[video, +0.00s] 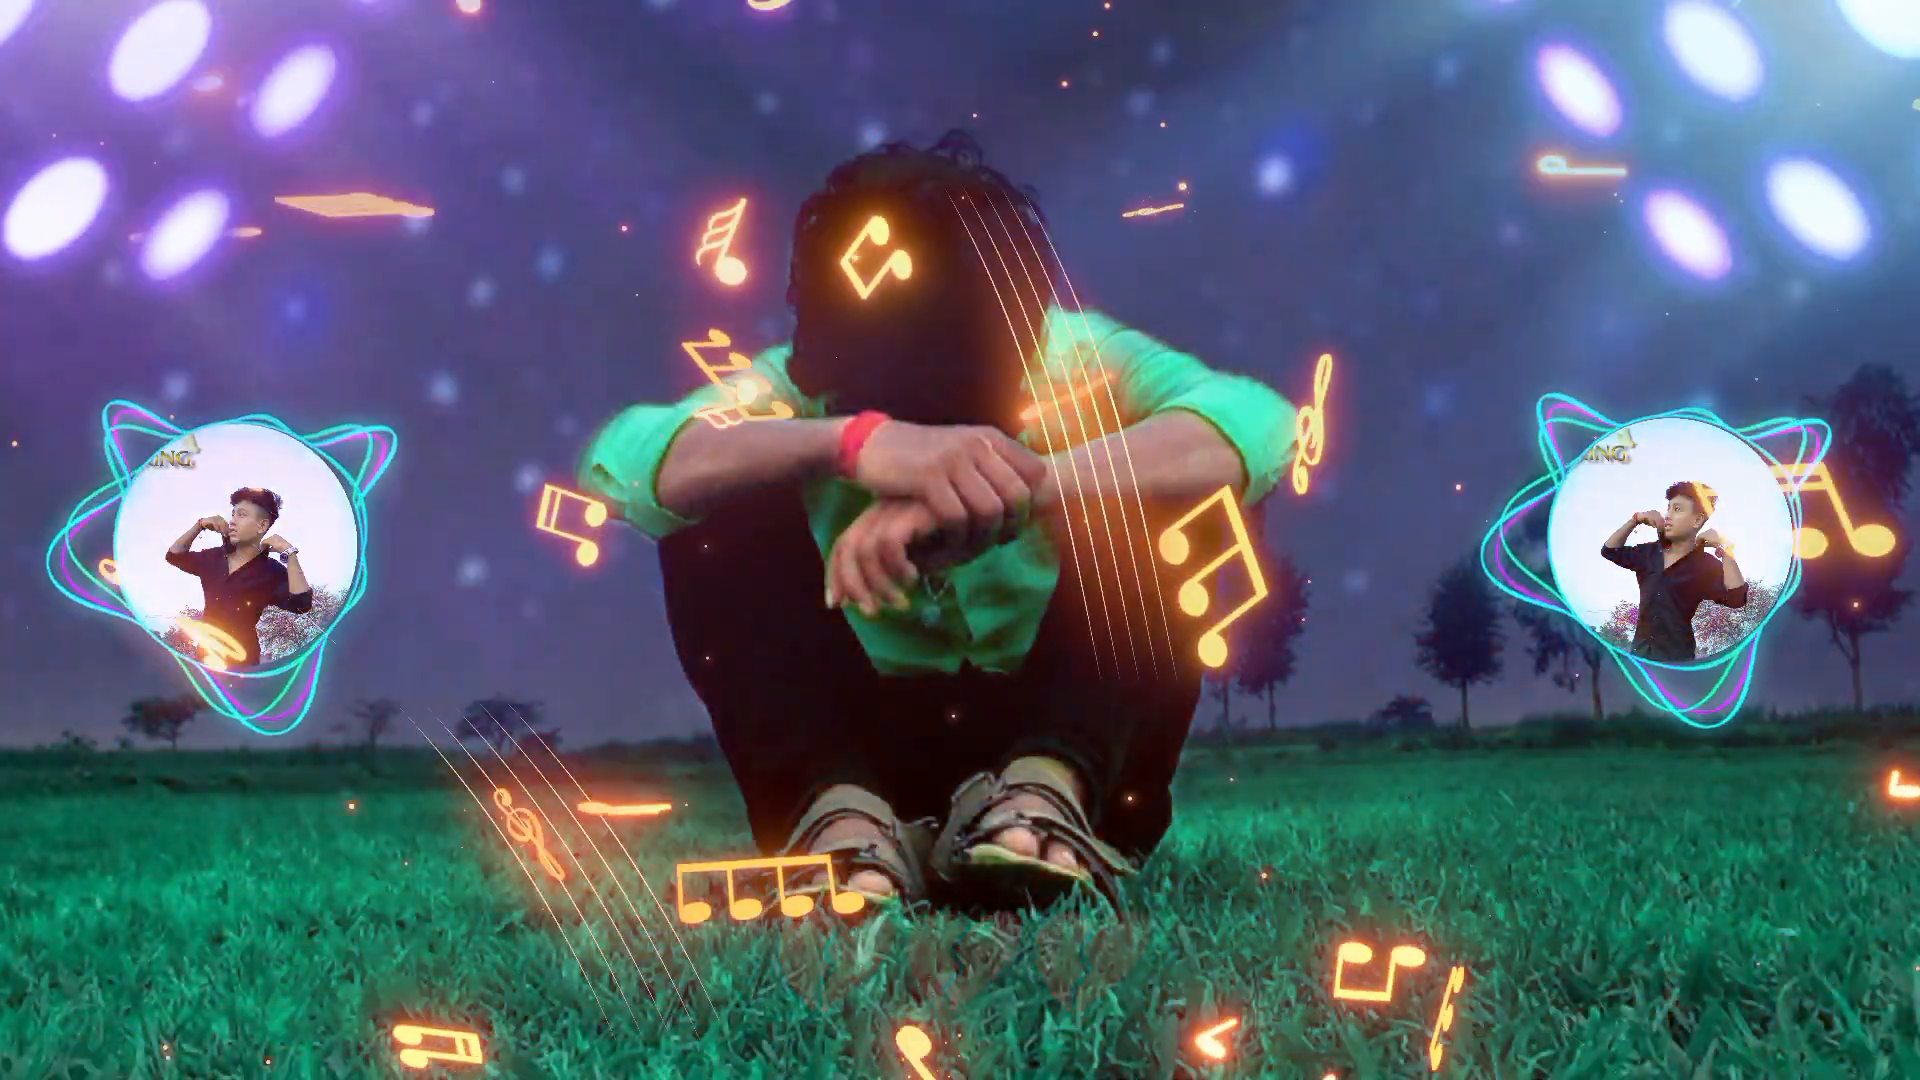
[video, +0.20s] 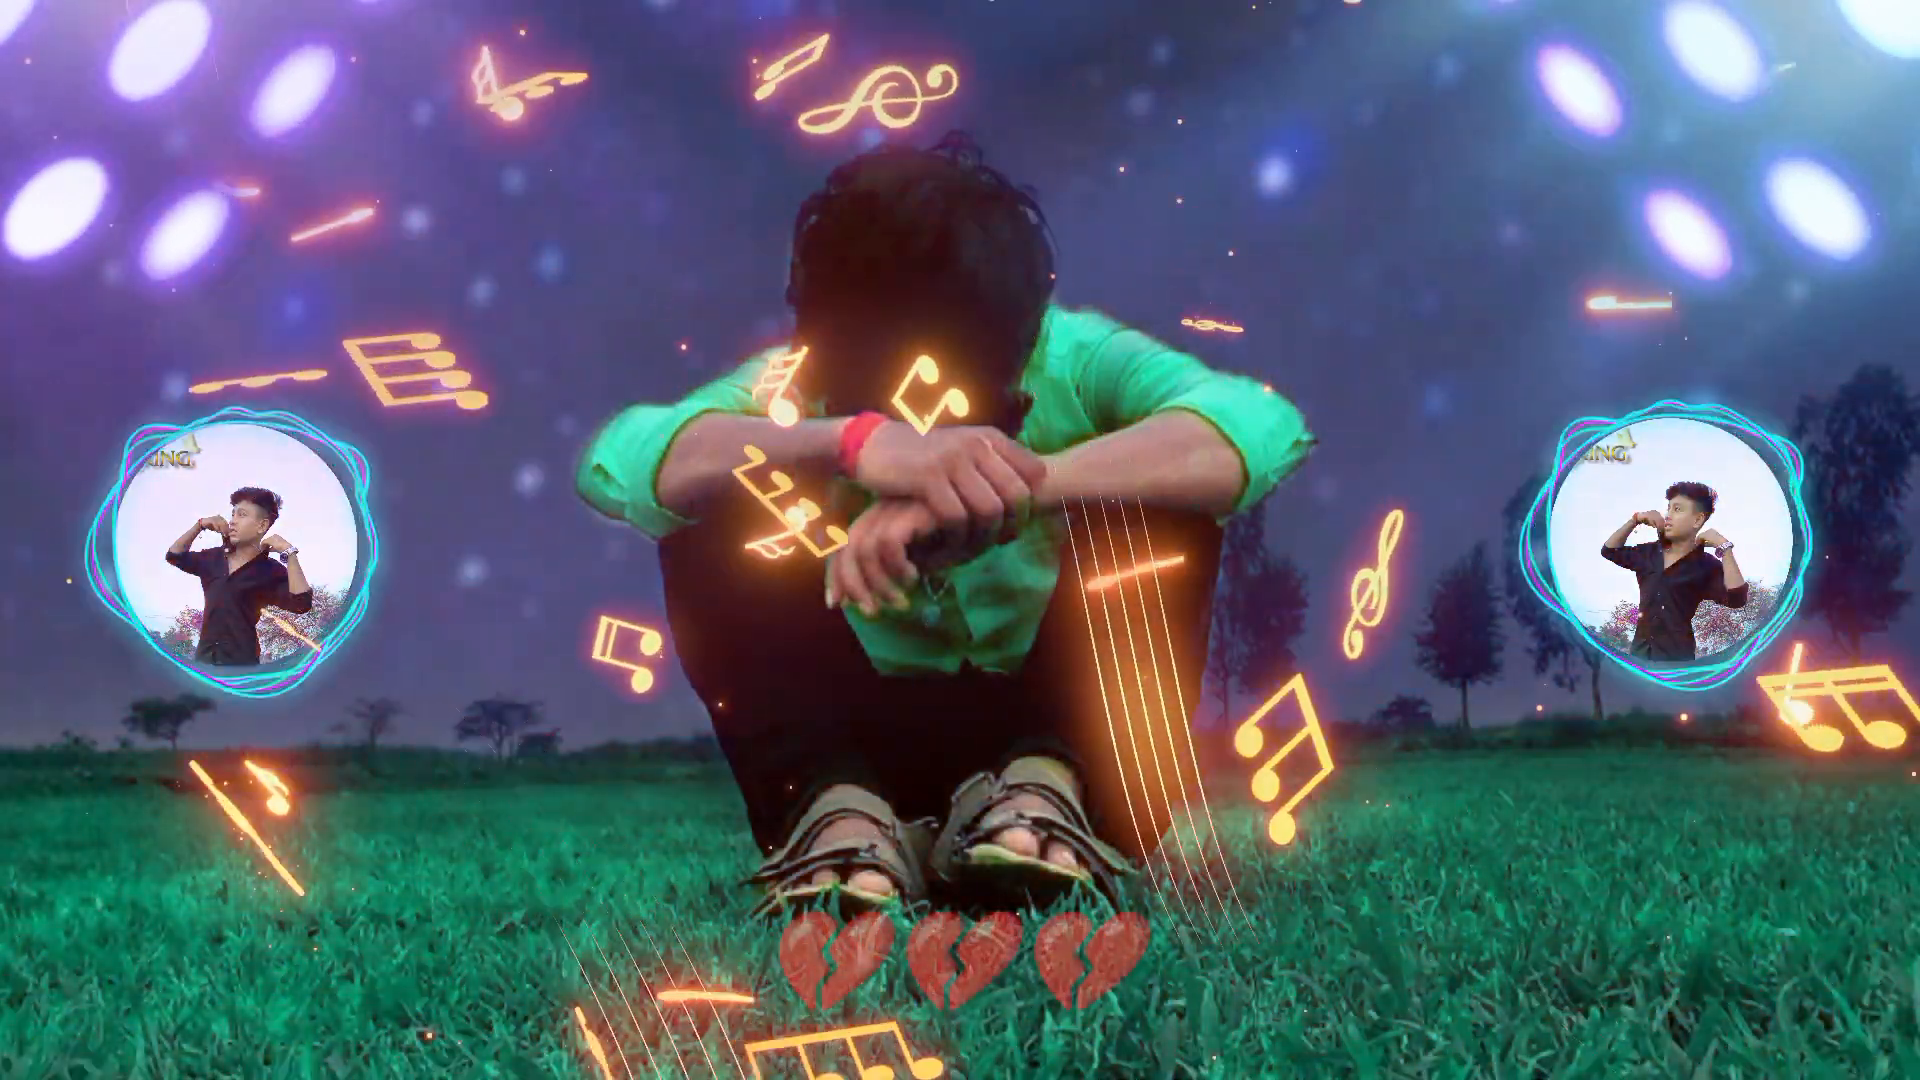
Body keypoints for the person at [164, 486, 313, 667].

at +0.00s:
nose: (232, 520)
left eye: (242, 515)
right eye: (233, 514)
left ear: (263, 525)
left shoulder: (271, 571)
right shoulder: (212, 559)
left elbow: (302, 605)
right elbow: (173, 556)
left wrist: (290, 554)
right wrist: (199, 526)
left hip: (243, 664)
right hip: (205, 658)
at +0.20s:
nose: (232, 521)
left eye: (242, 515)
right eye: (233, 514)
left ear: (263, 525)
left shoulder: (269, 569)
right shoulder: (212, 558)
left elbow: (302, 604)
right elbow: (173, 556)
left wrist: (290, 553)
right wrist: (199, 526)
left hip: (242, 661)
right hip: (204, 659)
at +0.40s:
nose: (232, 521)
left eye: (242, 515)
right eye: (233, 514)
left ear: (262, 526)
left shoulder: (268, 568)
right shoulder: (211, 559)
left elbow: (302, 604)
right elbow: (174, 556)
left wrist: (290, 555)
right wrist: (199, 526)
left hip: (242, 664)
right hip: (204, 660)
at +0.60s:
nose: (232, 521)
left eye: (242, 515)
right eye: (233, 514)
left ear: (263, 525)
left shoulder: (270, 570)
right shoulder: (212, 558)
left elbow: (302, 604)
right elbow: (174, 556)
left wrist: (290, 554)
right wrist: (199, 526)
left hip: (242, 664)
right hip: (204, 660)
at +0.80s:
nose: (232, 521)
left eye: (242, 515)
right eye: (233, 514)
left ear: (263, 525)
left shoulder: (269, 569)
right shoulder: (212, 558)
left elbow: (302, 605)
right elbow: (174, 556)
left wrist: (290, 554)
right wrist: (199, 526)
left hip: (242, 663)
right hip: (204, 660)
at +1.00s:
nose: (232, 521)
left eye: (242, 515)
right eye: (233, 514)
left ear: (263, 525)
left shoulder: (270, 570)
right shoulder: (213, 558)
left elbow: (302, 604)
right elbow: (174, 556)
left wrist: (290, 554)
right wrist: (199, 526)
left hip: (242, 663)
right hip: (204, 659)